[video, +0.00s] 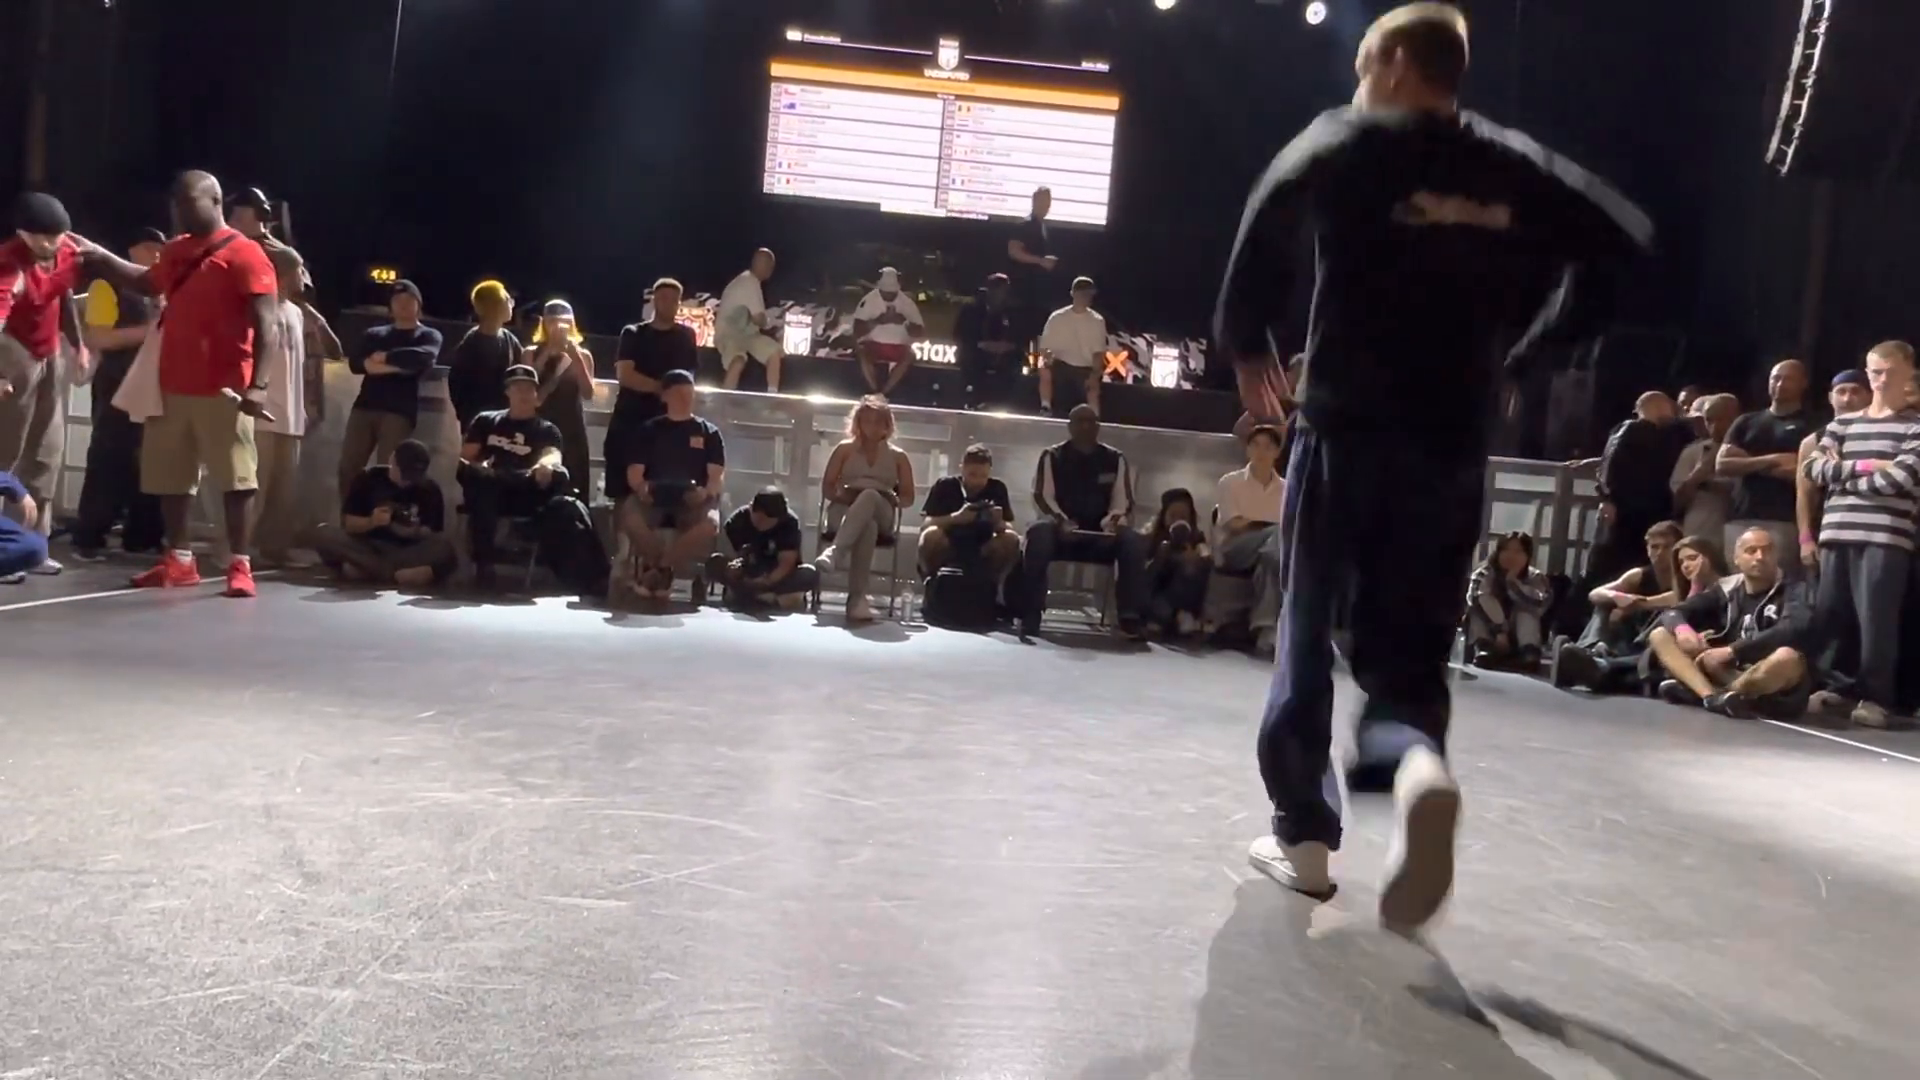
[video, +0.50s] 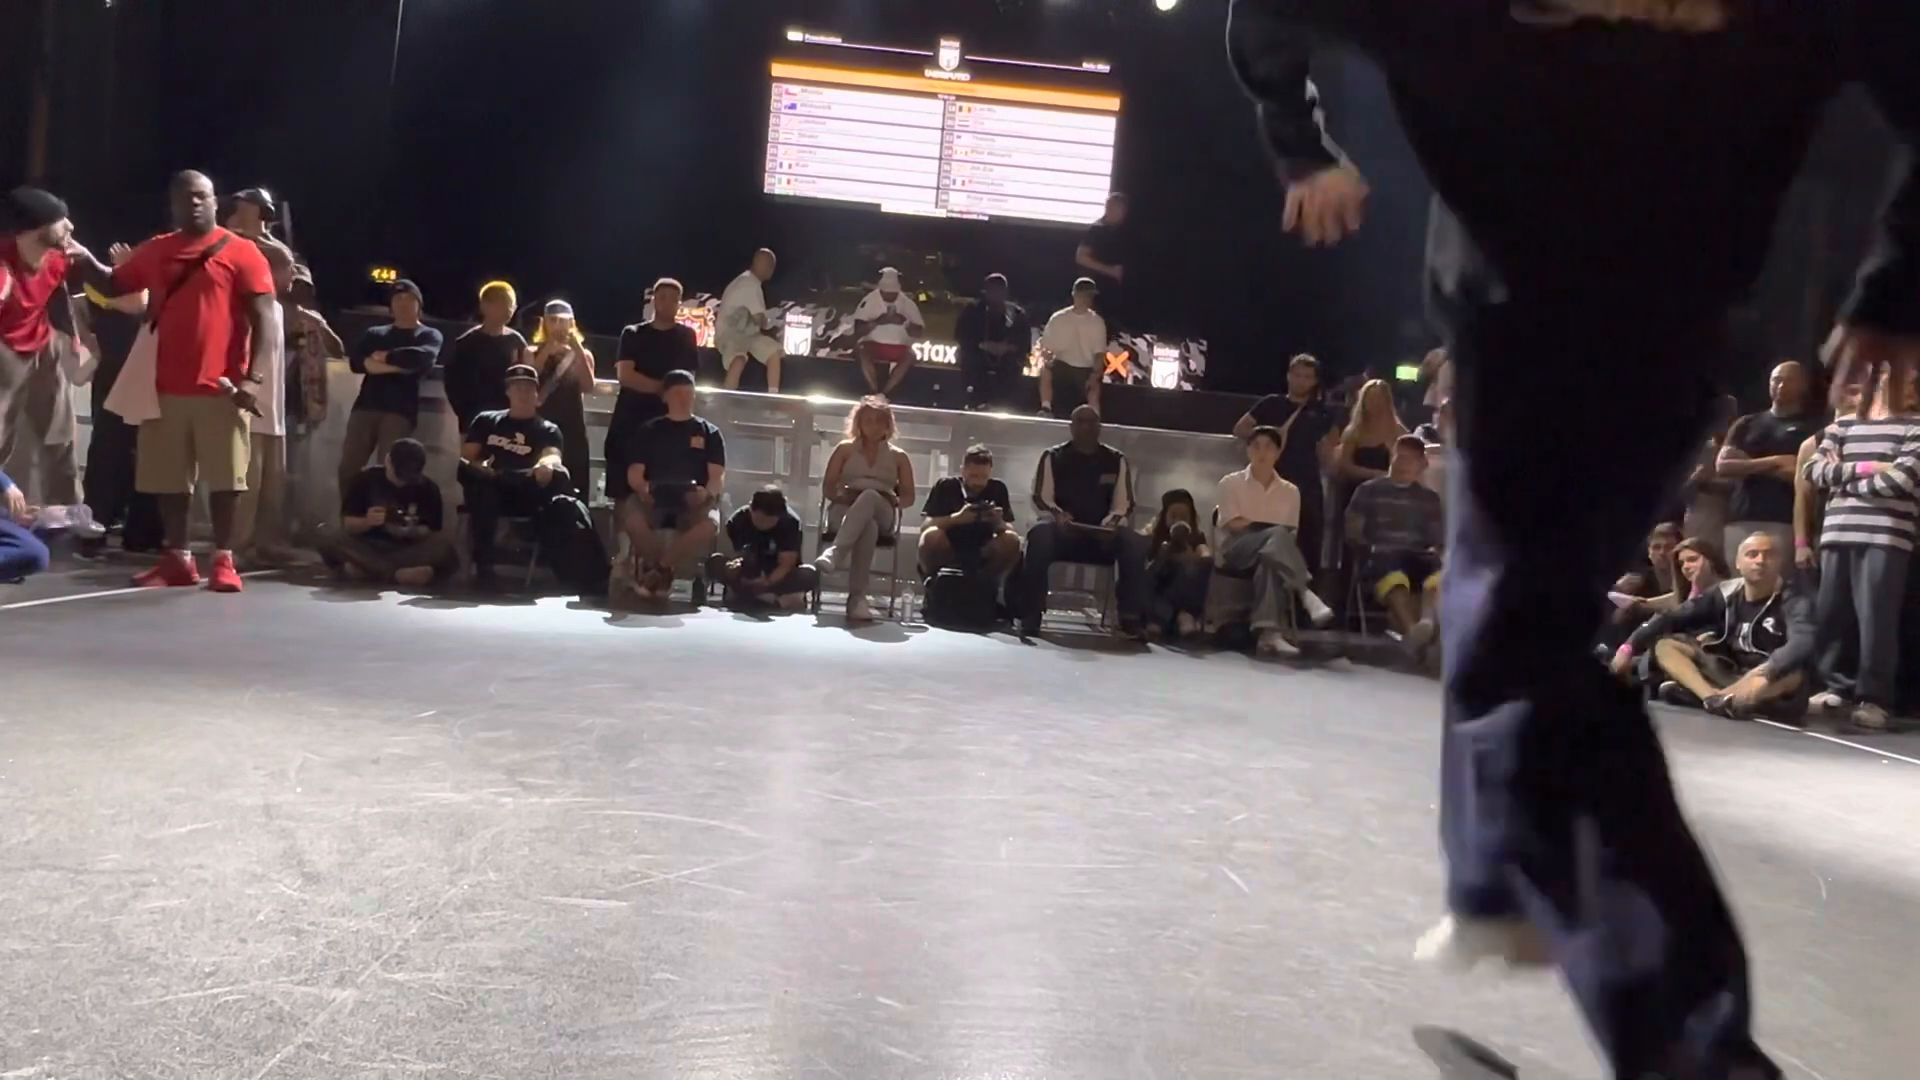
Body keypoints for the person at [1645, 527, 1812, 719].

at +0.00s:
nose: (1759, 557)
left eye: (1766, 550)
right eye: (1751, 551)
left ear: (1775, 556)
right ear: (1737, 559)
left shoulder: (1793, 589)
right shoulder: (1726, 589)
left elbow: (1792, 629)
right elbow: (1672, 614)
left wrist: (1732, 650)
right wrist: (1682, 630)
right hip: (1726, 672)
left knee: (1787, 658)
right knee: (1659, 636)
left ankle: (1723, 696)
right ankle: (1710, 696)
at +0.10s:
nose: (1760, 558)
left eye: (1767, 551)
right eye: (1752, 552)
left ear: (1776, 557)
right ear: (1738, 560)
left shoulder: (1795, 592)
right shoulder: (1728, 590)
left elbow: (1794, 629)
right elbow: (1680, 610)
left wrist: (1742, 649)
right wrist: (1667, 624)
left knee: (1788, 659)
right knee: (1661, 637)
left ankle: (1712, 697)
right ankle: (1711, 694)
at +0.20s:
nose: (1762, 558)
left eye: (1769, 552)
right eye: (1754, 552)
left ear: (1778, 557)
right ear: (1739, 560)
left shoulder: (1795, 590)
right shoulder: (1727, 591)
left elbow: (1794, 626)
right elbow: (1686, 608)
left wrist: (1754, 651)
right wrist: (1650, 624)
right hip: (1727, 666)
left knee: (1784, 660)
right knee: (1664, 635)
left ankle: (1719, 697)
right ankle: (1710, 695)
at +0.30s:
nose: (1763, 559)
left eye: (1770, 553)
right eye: (1755, 553)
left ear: (1780, 560)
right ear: (1740, 561)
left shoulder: (1795, 595)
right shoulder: (1728, 590)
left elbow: (1792, 628)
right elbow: (1683, 610)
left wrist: (1764, 654)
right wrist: (1636, 629)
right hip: (1731, 671)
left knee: (1788, 663)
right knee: (1666, 640)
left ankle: (1716, 697)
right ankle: (1711, 697)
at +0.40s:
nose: (1762, 560)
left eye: (1770, 554)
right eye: (1754, 554)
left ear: (1781, 561)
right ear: (1740, 562)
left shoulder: (1796, 599)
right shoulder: (1727, 593)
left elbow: (1796, 634)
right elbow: (1685, 611)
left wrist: (1767, 664)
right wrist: (1639, 630)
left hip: (1774, 679)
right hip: (1730, 672)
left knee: (1792, 667)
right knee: (1667, 644)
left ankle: (1714, 698)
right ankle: (1712, 696)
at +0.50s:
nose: (1760, 561)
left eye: (1768, 555)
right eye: (1752, 555)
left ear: (1778, 563)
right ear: (1739, 564)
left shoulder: (1791, 598)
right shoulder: (1725, 593)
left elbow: (1803, 641)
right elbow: (1674, 618)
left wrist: (1765, 672)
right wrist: (1630, 645)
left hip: (1769, 678)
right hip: (1727, 672)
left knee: (1792, 673)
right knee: (1664, 647)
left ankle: (1718, 699)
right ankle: (1712, 698)